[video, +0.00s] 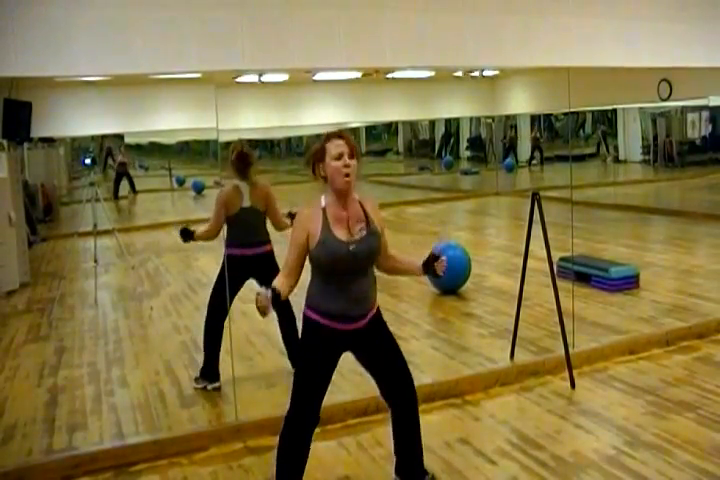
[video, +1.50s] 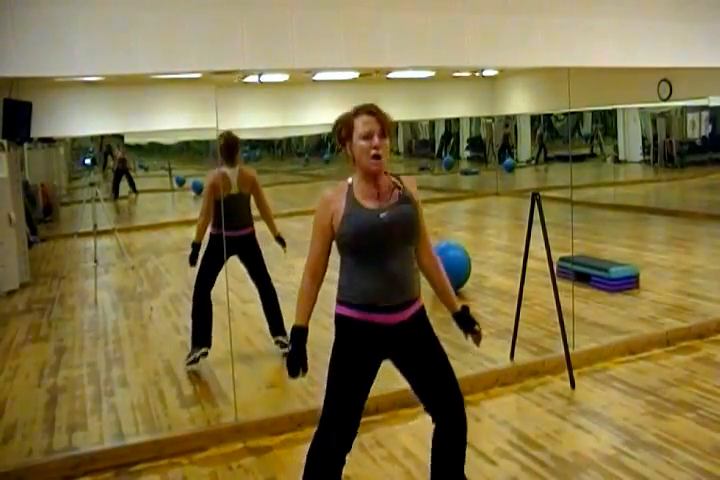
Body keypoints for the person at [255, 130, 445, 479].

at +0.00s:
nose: (347, 163)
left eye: (351, 156)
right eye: (338, 158)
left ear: (357, 163)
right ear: (321, 169)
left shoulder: (368, 209)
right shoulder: (308, 217)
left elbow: (384, 260)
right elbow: (289, 274)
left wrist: (423, 267)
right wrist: (273, 294)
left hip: (368, 325)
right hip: (322, 329)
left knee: (405, 398)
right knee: (302, 417)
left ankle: (411, 473)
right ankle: (287, 478)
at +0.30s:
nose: (354, 170)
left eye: (358, 163)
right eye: (345, 164)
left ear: (365, 169)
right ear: (329, 175)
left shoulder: (375, 218)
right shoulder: (315, 228)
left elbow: (396, 273)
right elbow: (298, 293)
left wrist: (416, 321)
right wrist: (288, 347)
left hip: (374, 334)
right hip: (327, 340)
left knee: (412, 401)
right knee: (303, 423)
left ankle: (412, 472)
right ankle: (285, 477)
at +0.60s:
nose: (356, 166)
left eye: (359, 159)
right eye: (346, 160)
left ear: (366, 164)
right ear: (330, 168)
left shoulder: (378, 207)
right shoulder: (316, 218)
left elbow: (392, 266)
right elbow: (292, 275)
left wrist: (400, 320)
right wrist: (284, 325)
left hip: (385, 335)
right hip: (336, 340)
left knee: (430, 418)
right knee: (313, 435)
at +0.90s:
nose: (362, 163)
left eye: (366, 156)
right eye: (352, 157)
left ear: (372, 162)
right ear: (334, 168)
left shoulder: (388, 212)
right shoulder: (320, 220)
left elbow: (405, 271)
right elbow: (299, 287)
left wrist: (427, 324)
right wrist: (285, 344)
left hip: (390, 341)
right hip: (338, 346)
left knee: (430, 419)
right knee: (314, 444)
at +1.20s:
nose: (372, 193)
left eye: (376, 185)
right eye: (362, 187)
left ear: (383, 194)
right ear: (345, 202)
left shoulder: (402, 244)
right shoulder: (335, 256)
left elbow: (424, 304)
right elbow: (308, 328)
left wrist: (453, 357)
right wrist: (288, 390)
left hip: (397, 364)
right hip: (342, 371)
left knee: (449, 433)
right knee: (310, 461)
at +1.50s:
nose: (377, 144)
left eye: (381, 136)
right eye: (366, 137)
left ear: (389, 142)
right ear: (347, 146)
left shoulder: (405, 191)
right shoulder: (334, 200)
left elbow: (426, 256)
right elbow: (314, 271)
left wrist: (458, 309)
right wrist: (299, 333)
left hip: (411, 326)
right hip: (358, 331)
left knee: (452, 416)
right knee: (335, 435)